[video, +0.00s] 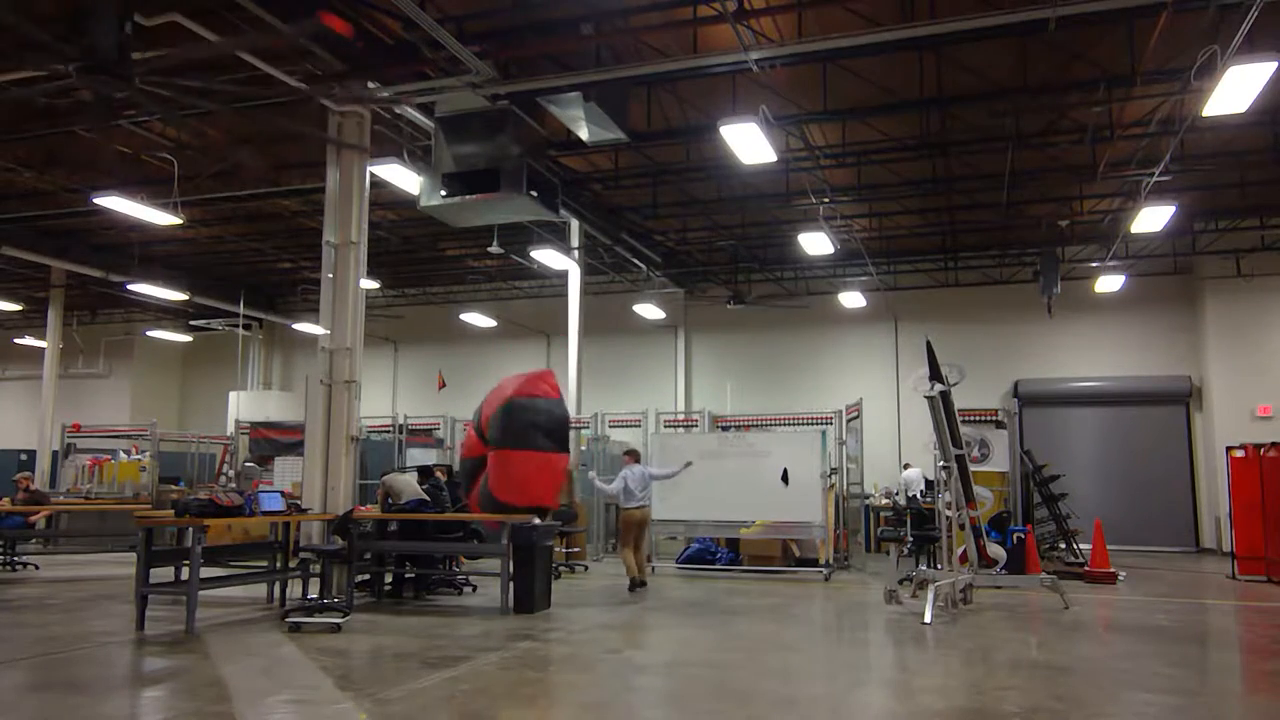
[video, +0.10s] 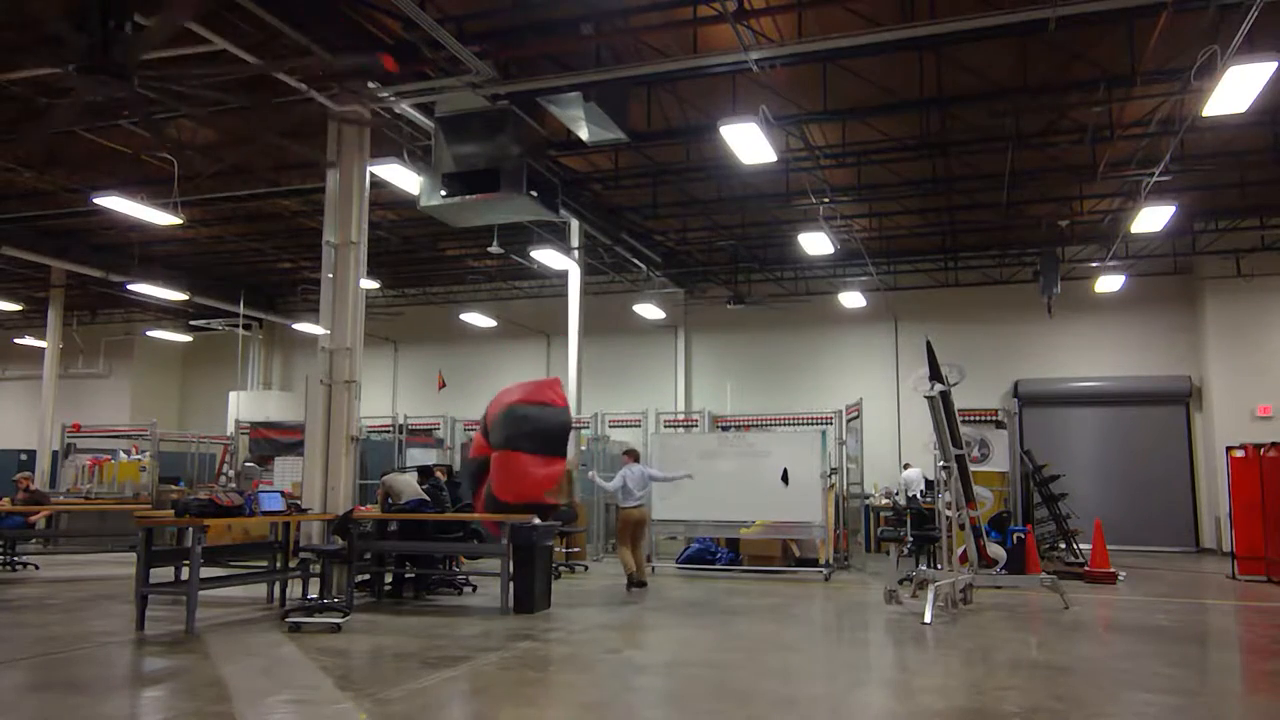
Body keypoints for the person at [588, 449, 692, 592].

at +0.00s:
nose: (623, 460)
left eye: (625, 457)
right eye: (624, 457)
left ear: (631, 458)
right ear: (636, 459)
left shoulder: (625, 473)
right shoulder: (645, 470)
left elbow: (613, 490)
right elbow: (665, 474)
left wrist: (594, 481)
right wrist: (682, 468)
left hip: (629, 512)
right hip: (645, 511)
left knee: (626, 547)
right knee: (638, 547)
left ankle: (633, 577)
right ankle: (642, 578)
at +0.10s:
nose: (622, 460)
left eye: (624, 457)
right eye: (623, 457)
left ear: (630, 458)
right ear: (635, 458)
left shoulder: (624, 472)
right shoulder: (644, 470)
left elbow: (611, 488)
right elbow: (663, 477)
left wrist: (595, 478)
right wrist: (683, 475)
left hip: (627, 512)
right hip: (642, 511)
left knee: (623, 544)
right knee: (637, 546)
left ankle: (631, 572)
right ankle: (642, 578)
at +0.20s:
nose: (621, 458)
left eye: (623, 455)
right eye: (622, 456)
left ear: (629, 456)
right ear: (634, 457)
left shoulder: (623, 469)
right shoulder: (643, 469)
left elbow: (610, 483)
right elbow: (661, 478)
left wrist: (595, 474)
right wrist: (680, 484)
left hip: (625, 509)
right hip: (640, 509)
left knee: (621, 543)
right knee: (636, 544)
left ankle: (627, 574)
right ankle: (641, 578)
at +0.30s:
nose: (620, 458)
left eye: (622, 455)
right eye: (621, 455)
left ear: (629, 455)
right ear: (633, 456)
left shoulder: (622, 468)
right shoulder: (641, 469)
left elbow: (608, 481)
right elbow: (658, 481)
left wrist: (595, 470)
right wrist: (677, 489)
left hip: (623, 508)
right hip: (638, 507)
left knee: (619, 545)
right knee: (635, 544)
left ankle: (620, 579)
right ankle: (640, 578)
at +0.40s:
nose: (619, 457)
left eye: (621, 455)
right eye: (620, 455)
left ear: (628, 456)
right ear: (631, 457)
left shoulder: (621, 469)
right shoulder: (639, 471)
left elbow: (607, 480)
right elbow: (656, 484)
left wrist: (594, 469)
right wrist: (675, 492)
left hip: (620, 509)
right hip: (636, 508)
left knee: (617, 545)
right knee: (633, 543)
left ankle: (617, 579)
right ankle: (640, 577)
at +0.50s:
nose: (618, 457)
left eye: (620, 455)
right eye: (619, 455)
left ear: (627, 457)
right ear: (630, 458)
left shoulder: (620, 469)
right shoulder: (637, 471)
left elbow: (606, 482)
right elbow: (652, 486)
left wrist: (593, 471)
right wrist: (672, 494)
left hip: (618, 509)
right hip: (633, 508)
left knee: (614, 545)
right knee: (631, 543)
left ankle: (617, 579)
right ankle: (640, 577)